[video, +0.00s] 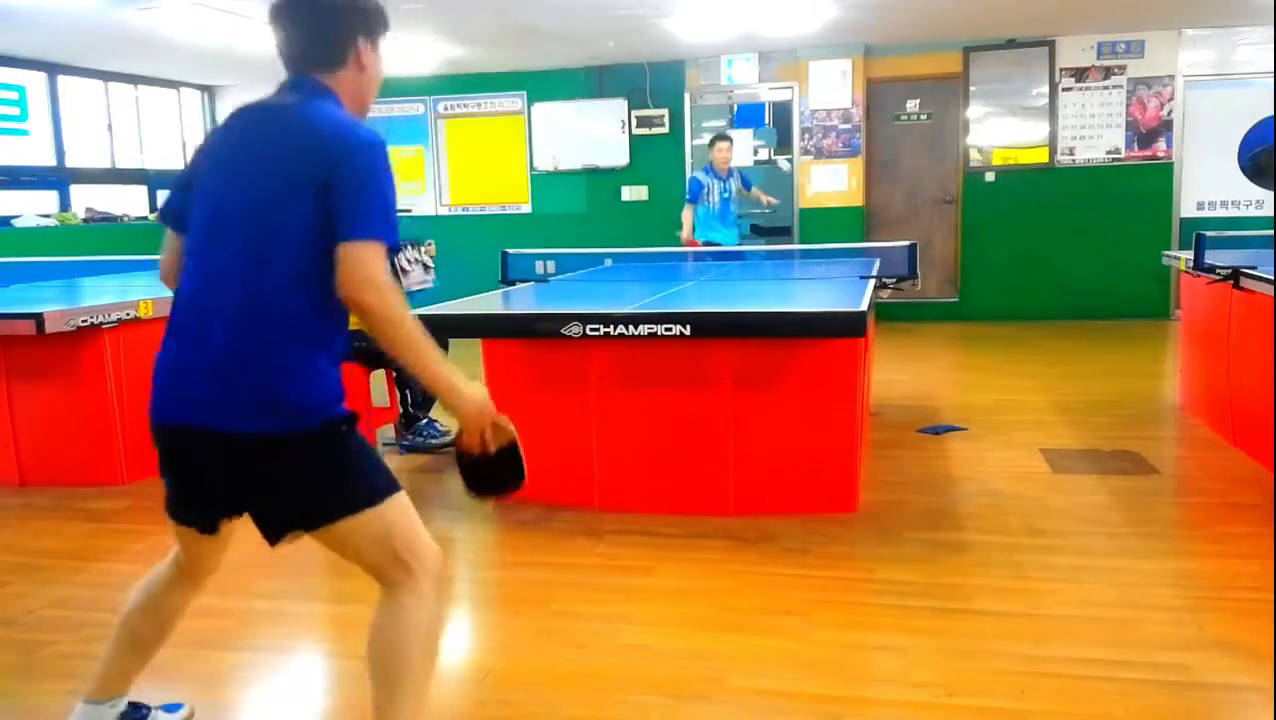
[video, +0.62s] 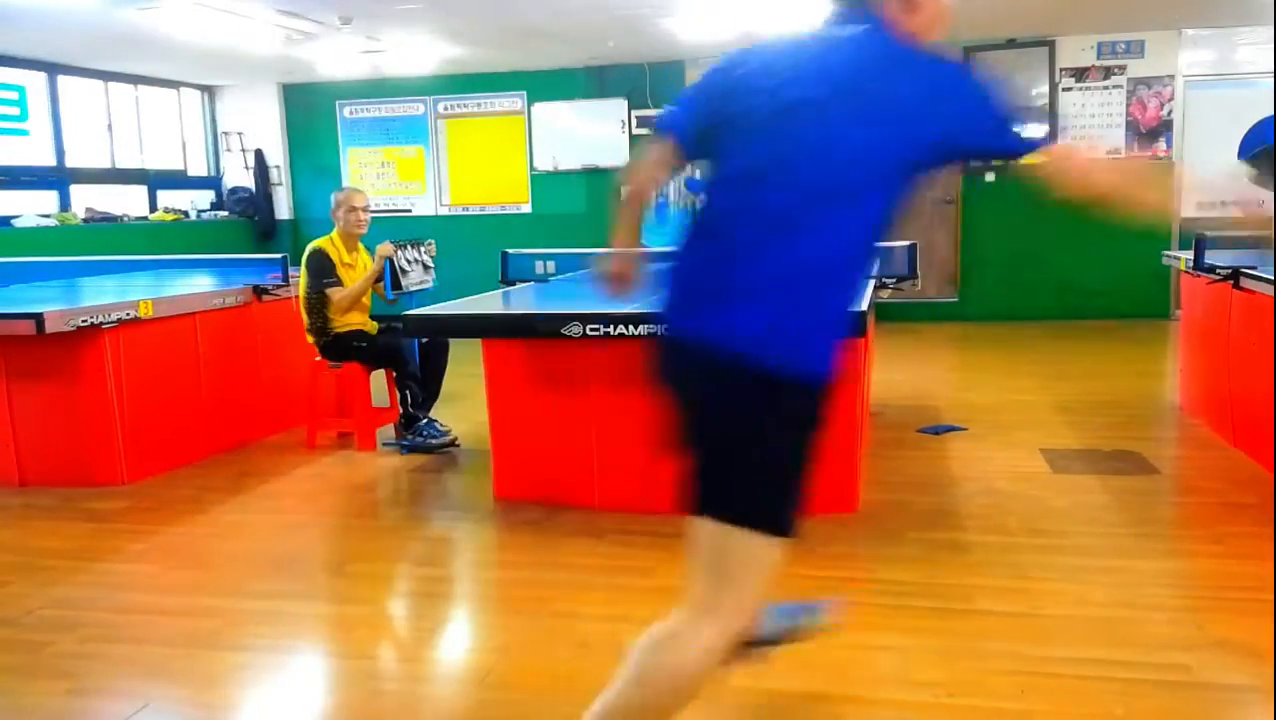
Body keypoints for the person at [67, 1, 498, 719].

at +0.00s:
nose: (380, 72)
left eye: (380, 54)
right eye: (380, 54)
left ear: (293, 49)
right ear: (361, 51)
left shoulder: (228, 132)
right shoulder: (351, 144)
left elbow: (175, 264)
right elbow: (363, 282)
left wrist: (282, 304)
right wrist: (458, 392)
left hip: (186, 407)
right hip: (285, 414)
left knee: (192, 556)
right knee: (414, 569)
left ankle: (98, 704)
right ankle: (399, 712)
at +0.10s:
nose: (401, 91)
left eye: (398, 76)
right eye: (396, 76)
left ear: (310, 83)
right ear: (368, 80)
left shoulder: (261, 160)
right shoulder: (352, 172)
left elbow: (263, 309)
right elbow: (321, 314)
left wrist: (369, 369)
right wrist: (406, 445)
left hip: (197, 436)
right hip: (285, 446)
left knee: (210, 568)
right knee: (442, 567)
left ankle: (100, 705)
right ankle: (445, 711)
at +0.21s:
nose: (487, 98)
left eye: (484, 81)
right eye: (481, 79)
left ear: (428, 81)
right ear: (450, 82)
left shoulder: (400, 163)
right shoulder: (387, 165)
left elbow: (427, 279)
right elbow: (288, 289)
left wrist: (550, 288)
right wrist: (274, 451)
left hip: (304, 441)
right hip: (365, 445)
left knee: (213, 590)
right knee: (537, 552)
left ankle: (99, 706)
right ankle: (525, 709)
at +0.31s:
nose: (603, 87)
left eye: (598, 70)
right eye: (596, 69)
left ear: (538, 82)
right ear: (566, 80)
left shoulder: (518, 172)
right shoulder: (469, 180)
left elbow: (556, 226)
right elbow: (323, 264)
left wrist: (650, 235)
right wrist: (230, 398)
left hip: (377, 436)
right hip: (421, 446)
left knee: (298, 568)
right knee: (599, 577)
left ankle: (159, 681)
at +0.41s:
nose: (744, 100)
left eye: (739, 82)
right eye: (733, 82)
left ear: (685, 87)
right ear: (697, 89)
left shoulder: (655, 179)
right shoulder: (601, 166)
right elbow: (450, 240)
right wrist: (362, 362)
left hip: (482, 420)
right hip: (504, 431)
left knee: (391, 539)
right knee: (655, 615)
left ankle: (268, 635)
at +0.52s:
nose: (872, 61)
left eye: (870, 43)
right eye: (867, 41)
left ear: (789, 42)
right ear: (835, 44)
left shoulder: (718, 105)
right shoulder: (775, 135)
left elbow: (575, 165)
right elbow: (687, 240)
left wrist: (534, 231)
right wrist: (710, 344)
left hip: (565, 361)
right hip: (628, 394)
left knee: (536, 500)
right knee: (687, 632)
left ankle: (471, 630)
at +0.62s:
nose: (947, 21)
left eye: (945, 8)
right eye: (942, 8)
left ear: (861, 5)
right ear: (910, 7)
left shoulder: (754, 64)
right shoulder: (931, 84)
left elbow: (639, 176)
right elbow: (1071, 174)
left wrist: (620, 250)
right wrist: (1159, 188)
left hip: (691, 334)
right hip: (779, 356)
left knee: (738, 483)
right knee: (718, 610)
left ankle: (734, 620)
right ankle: (605, 715)